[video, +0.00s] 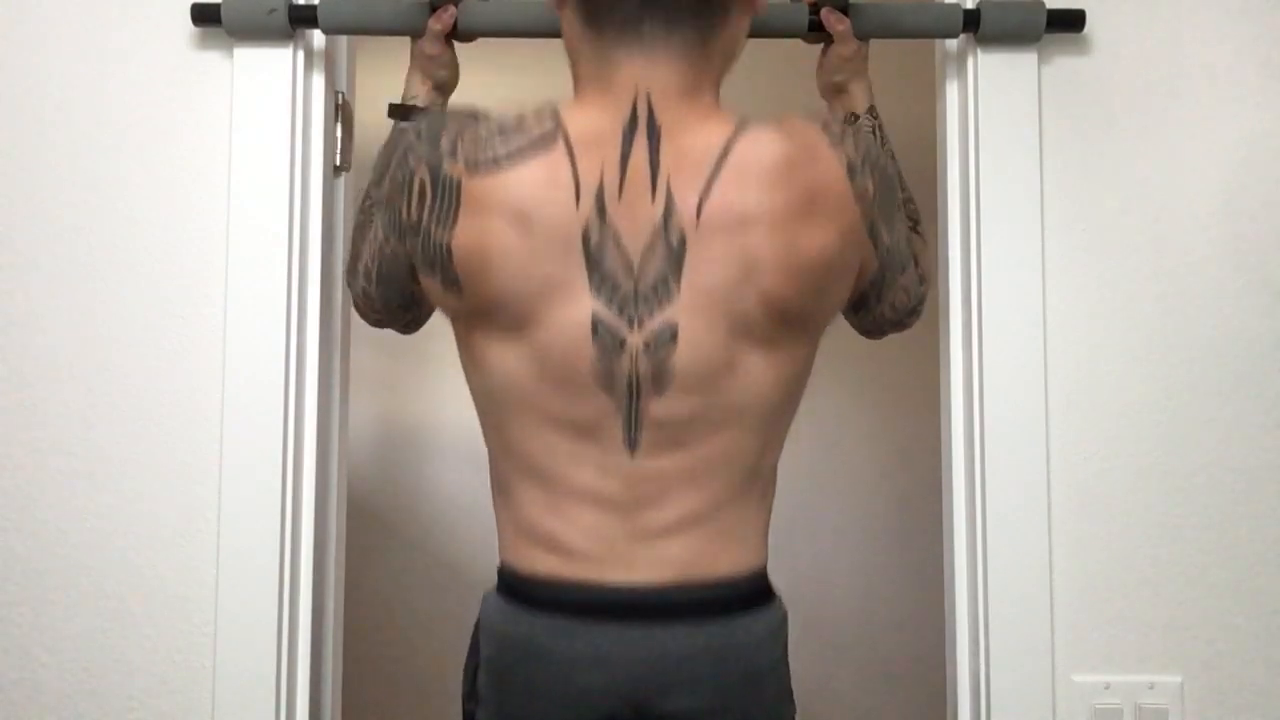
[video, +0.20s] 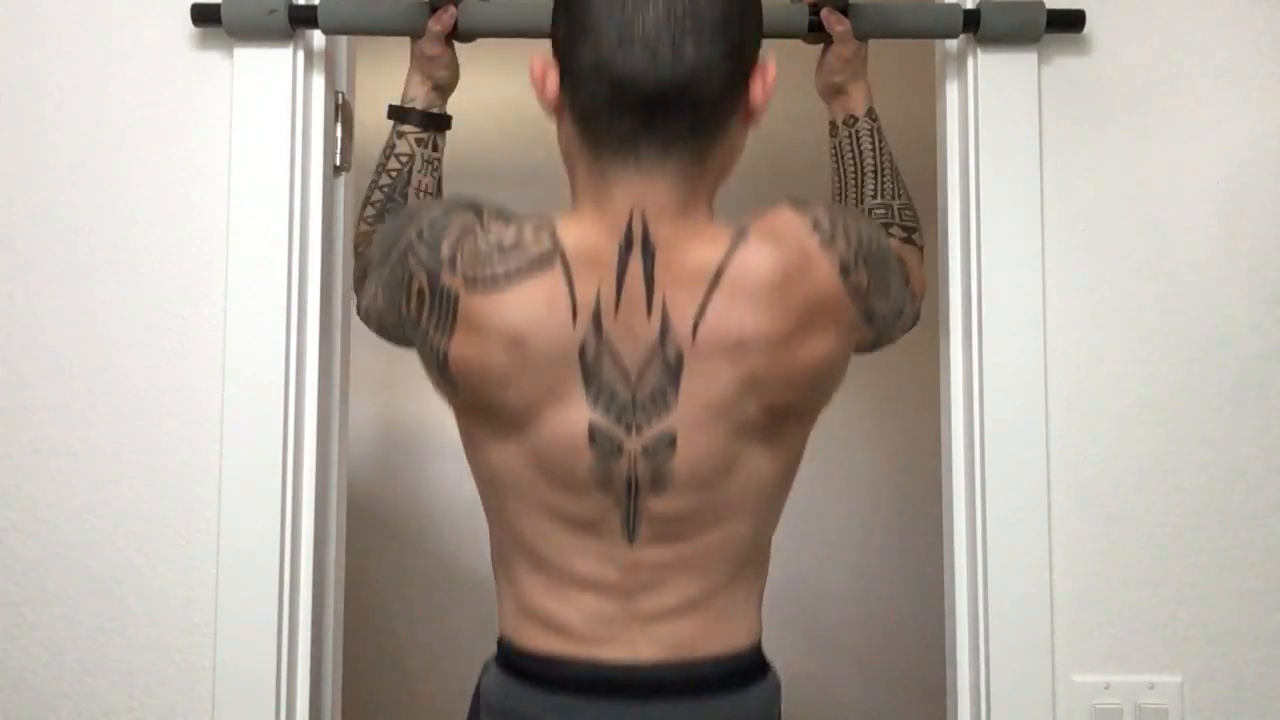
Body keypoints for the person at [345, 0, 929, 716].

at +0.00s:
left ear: (568, 16)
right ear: (741, 16)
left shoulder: (464, 168)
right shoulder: (812, 175)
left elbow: (382, 299)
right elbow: (894, 301)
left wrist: (420, 102)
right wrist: (852, 101)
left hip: (535, 647)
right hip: (728, 650)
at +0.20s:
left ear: (547, 86)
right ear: (758, 92)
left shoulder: (467, 277)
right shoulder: (809, 277)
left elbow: (378, 264)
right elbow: (901, 273)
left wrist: (423, 96)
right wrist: (852, 100)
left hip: (531, 693)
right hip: (727, 695)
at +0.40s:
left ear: (545, 183)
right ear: (754, 192)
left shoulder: (480, 365)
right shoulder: (798, 352)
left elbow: (389, 257)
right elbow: (891, 263)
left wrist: (423, 94)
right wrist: (849, 97)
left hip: (532, 707)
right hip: (720, 708)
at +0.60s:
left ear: (538, 254)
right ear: (747, 259)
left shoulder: (488, 423)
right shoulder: (784, 408)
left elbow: (397, 270)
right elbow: (881, 273)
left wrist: (425, 92)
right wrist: (849, 97)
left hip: (532, 711)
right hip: (719, 711)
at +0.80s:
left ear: (536, 287)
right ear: (743, 293)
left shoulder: (492, 441)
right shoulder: (780, 426)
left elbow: (403, 276)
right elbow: (875, 282)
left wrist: (427, 94)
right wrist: (848, 99)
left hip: (532, 713)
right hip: (721, 713)